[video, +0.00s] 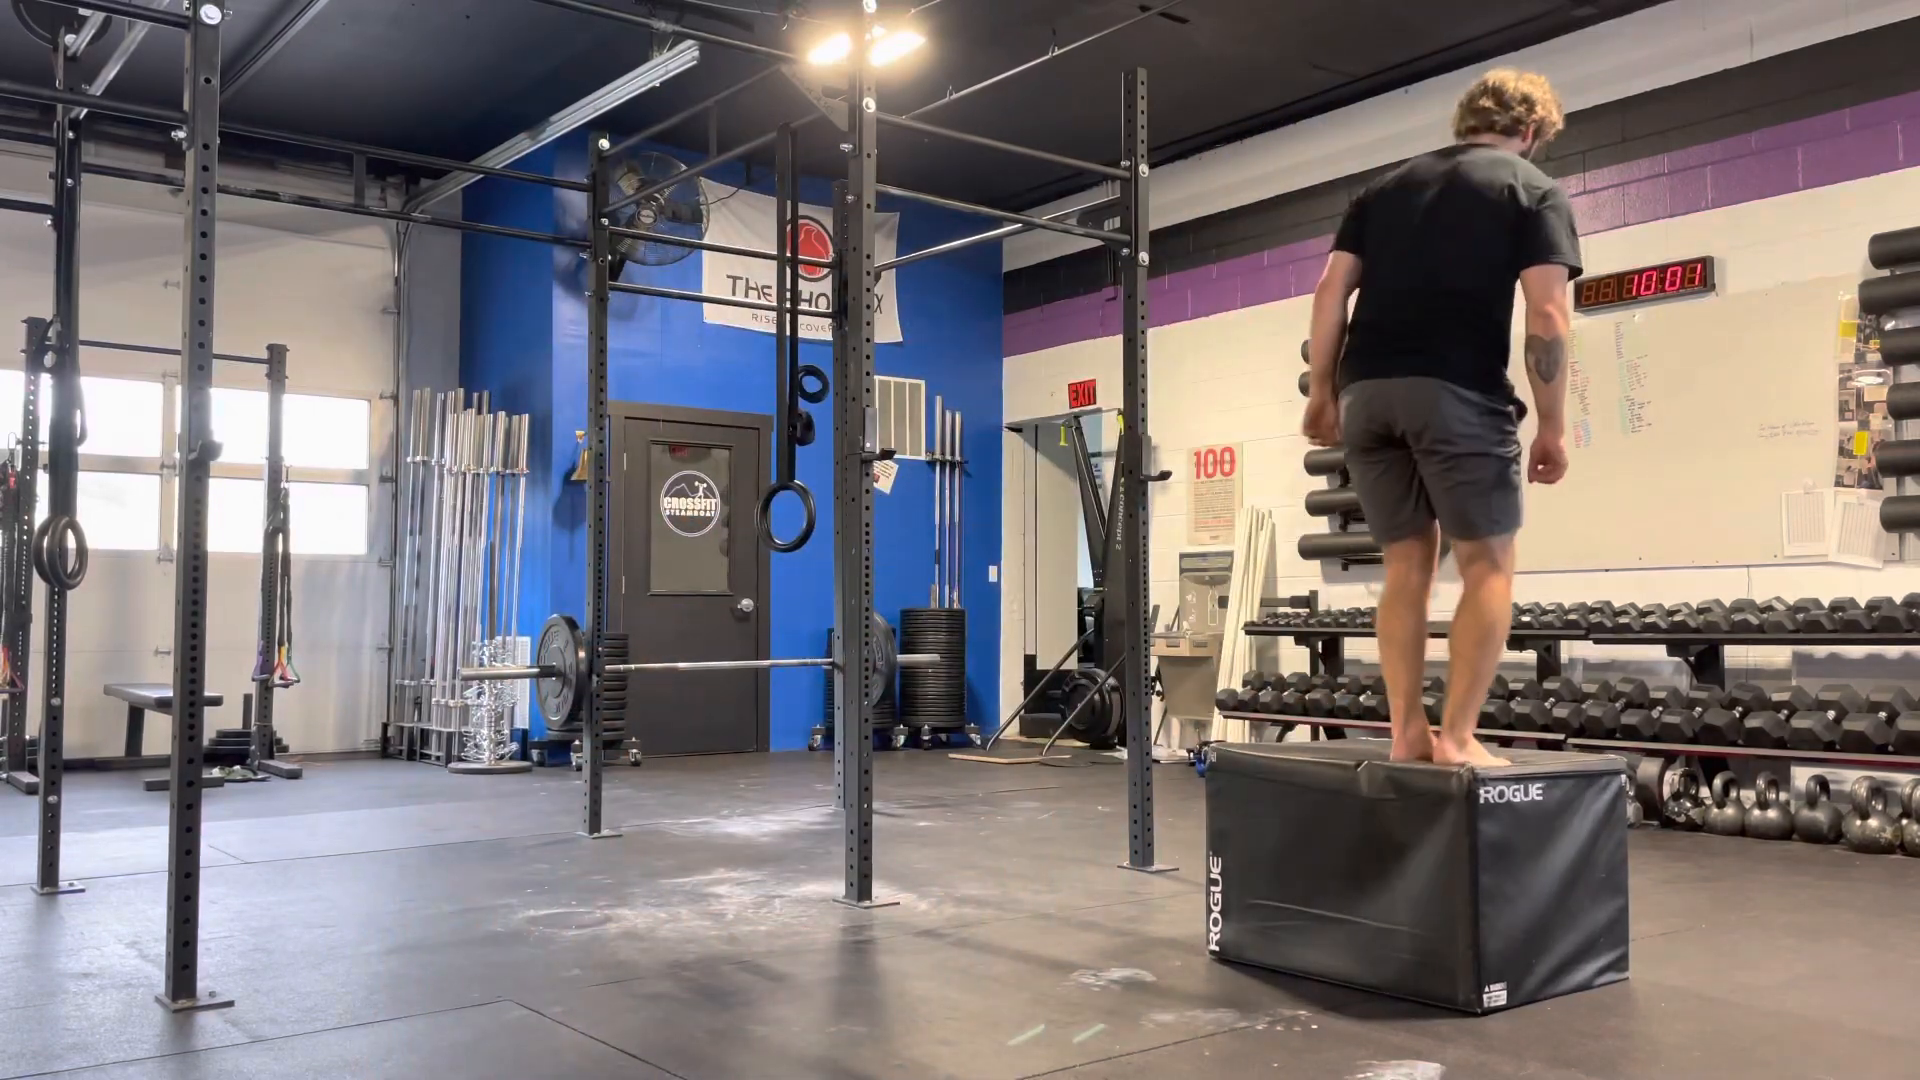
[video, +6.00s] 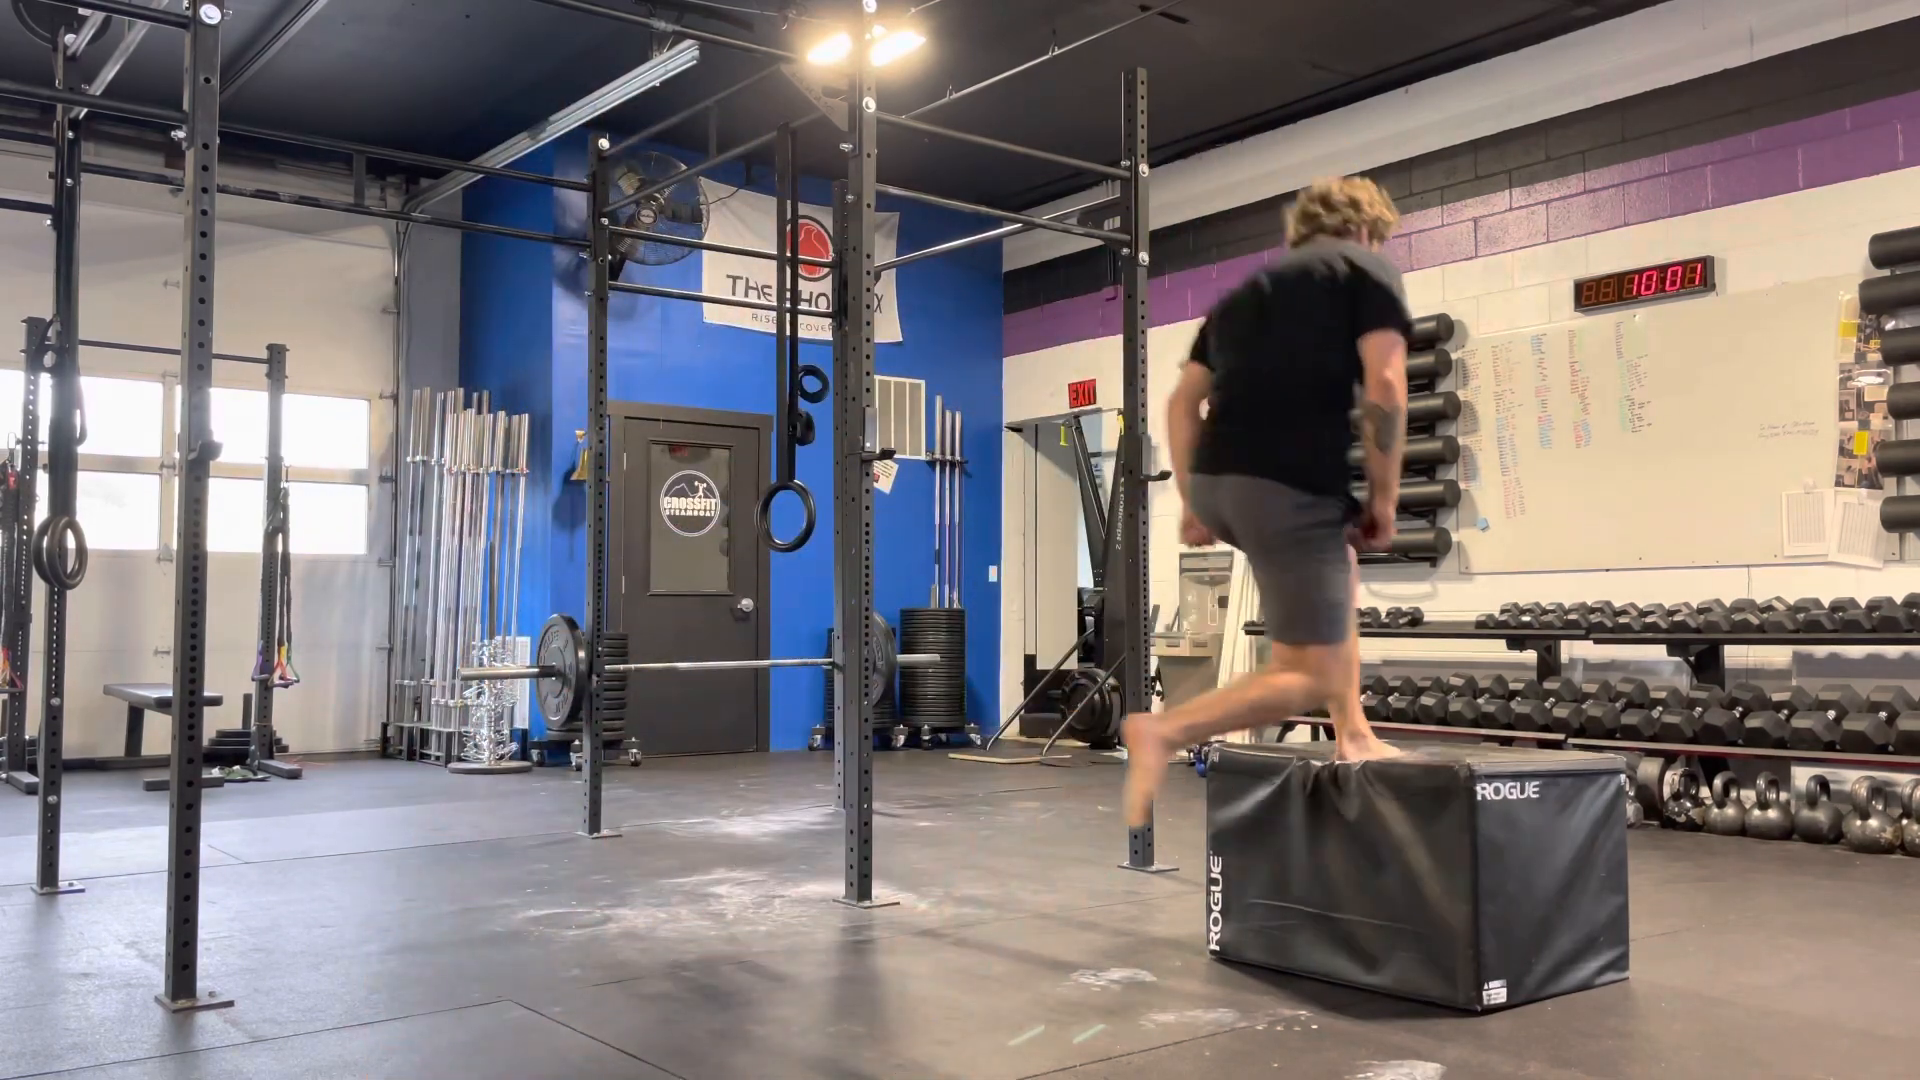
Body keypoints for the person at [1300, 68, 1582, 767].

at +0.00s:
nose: (1543, 151)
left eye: (1546, 142)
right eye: (1545, 141)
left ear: (1466, 123)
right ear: (1530, 131)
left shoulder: (1386, 186)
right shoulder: (1531, 188)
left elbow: (1330, 290)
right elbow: (1547, 318)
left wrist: (1321, 392)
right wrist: (1551, 427)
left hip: (1365, 391)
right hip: (1456, 391)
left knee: (1404, 560)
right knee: (1486, 568)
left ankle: (1407, 736)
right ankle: (1455, 740)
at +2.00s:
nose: (1089, 269)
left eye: (1084, 255)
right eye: (1075, 254)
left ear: (1032, 271)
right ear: (1034, 267)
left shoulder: (1024, 357)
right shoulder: (1008, 348)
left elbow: (1028, 505)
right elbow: (978, 474)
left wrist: (1089, 591)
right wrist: (1032, 595)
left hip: (967, 616)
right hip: (1000, 615)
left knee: (985, 796)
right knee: (1099, 788)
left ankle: (910, 994)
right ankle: (1141, 984)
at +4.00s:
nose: (604, 179)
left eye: (612, 164)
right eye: (585, 157)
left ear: (614, 176)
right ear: (517, 156)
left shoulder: (605, 312)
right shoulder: (419, 275)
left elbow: (617, 464)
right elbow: (355, 449)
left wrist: (642, 594)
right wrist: (353, 606)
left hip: (579, 627)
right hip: (448, 620)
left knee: (573, 847)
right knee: (418, 856)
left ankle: (543, 1063)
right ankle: (389, 1071)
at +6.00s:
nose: (1385, 250)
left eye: (1387, 240)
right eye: (1383, 239)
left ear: (1299, 232)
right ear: (1364, 231)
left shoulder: (1244, 293)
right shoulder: (1365, 270)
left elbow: (1181, 401)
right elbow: (1384, 386)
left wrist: (1190, 500)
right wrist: (1383, 500)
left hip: (1214, 482)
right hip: (1289, 487)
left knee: (1334, 548)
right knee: (1315, 679)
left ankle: (1353, 730)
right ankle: (1161, 732)